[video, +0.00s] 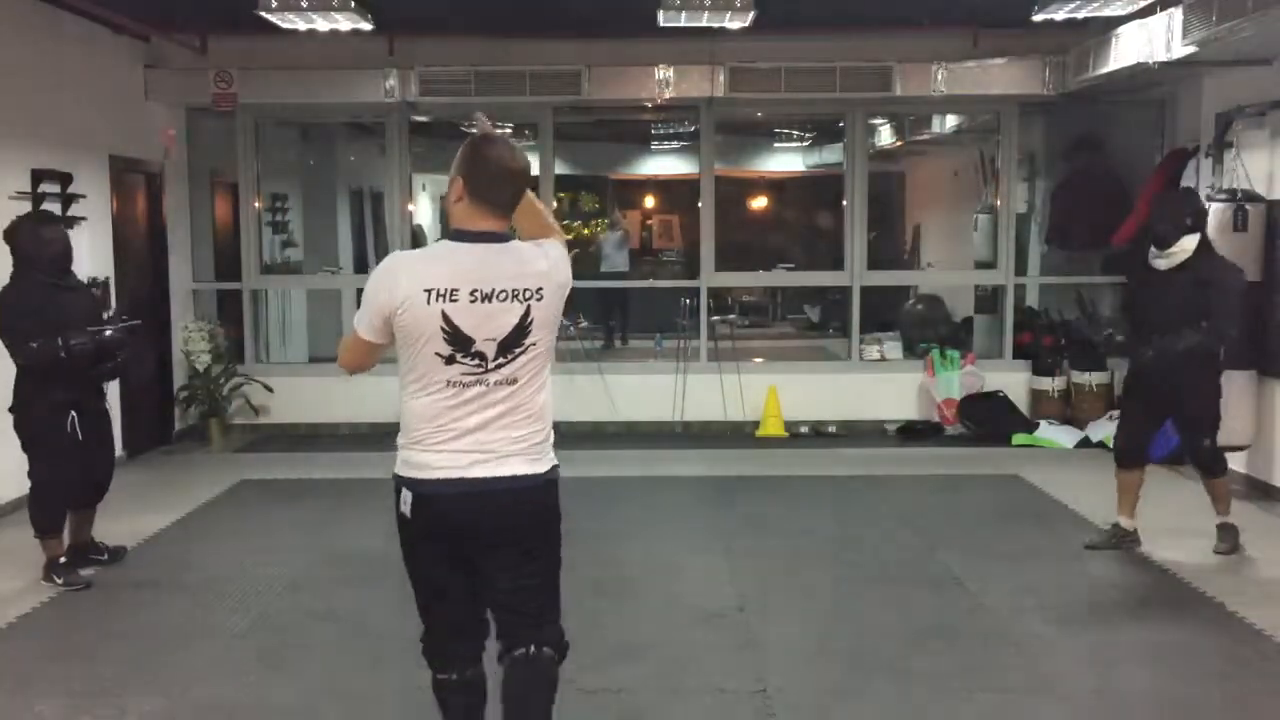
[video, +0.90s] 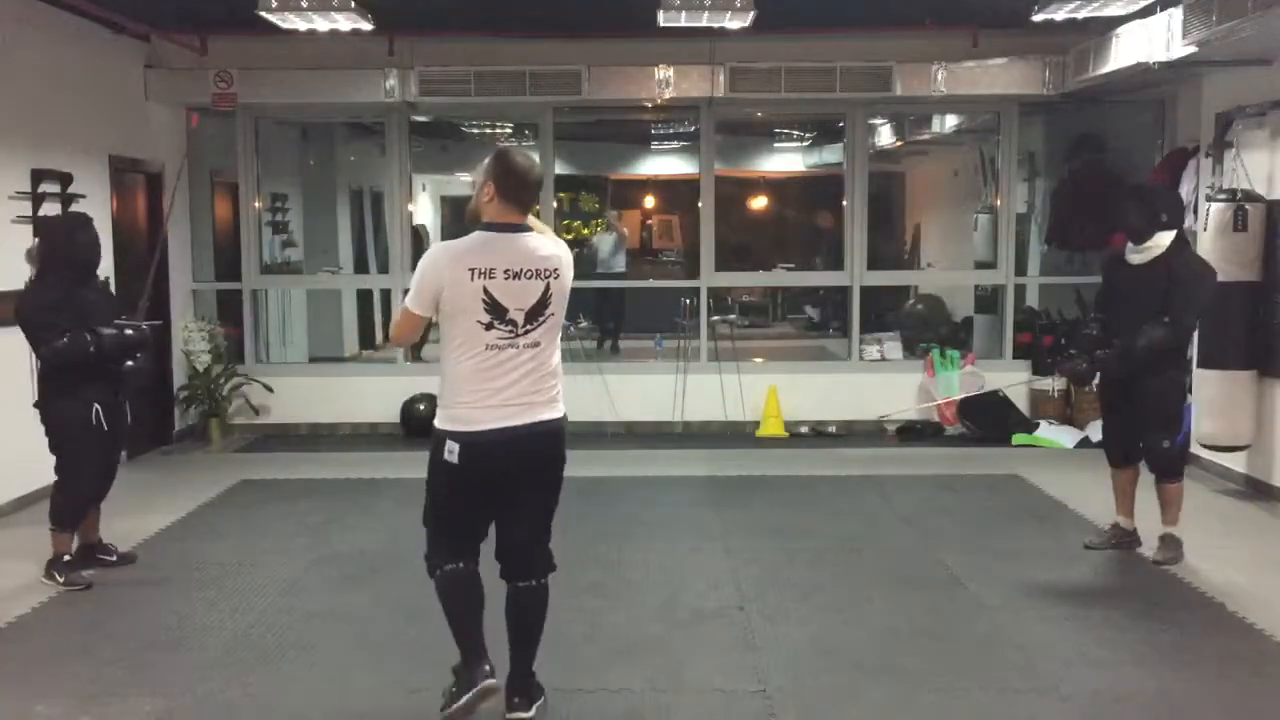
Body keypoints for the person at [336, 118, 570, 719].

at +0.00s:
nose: (447, 188)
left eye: (451, 180)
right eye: (452, 180)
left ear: (457, 189)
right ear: (518, 198)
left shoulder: (402, 272)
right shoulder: (548, 268)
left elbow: (353, 358)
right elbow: (541, 227)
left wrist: (399, 314)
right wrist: (505, 166)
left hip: (430, 490)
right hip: (524, 488)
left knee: (452, 646)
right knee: (531, 640)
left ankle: (464, 716)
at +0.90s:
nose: (474, 191)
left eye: (477, 183)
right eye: (478, 183)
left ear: (488, 190)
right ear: (532, 197)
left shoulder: (446, 258)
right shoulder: (559, 256)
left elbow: (402, 334)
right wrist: (520, 217)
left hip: (467, 440)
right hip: (542, 437)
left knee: (451, 550)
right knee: (528, 557)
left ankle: (474, 668)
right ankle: (523, 686)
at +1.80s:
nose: (429, 201)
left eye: (428, 193)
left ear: (428, 198)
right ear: (472, 206)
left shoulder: (390, 257)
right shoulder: (495, 256)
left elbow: (378, 325)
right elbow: (551, 305)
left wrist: (417, 308)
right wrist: (507, 291)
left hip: (426, 413)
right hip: (491, 409)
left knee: (437, 524)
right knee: (511, 508)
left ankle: (452, 632)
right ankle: (525, 611)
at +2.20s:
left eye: (457, 206)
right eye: (498, 222)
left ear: (454, 211)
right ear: (498, 224)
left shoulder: (411, 261)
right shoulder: (508, 265)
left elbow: (427, 306)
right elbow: (565, 302)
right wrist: (536, 331)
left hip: (434, 417)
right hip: (495, 413)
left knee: (438, 521)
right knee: (501, 502)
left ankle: (452, 630)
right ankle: (516, 593)